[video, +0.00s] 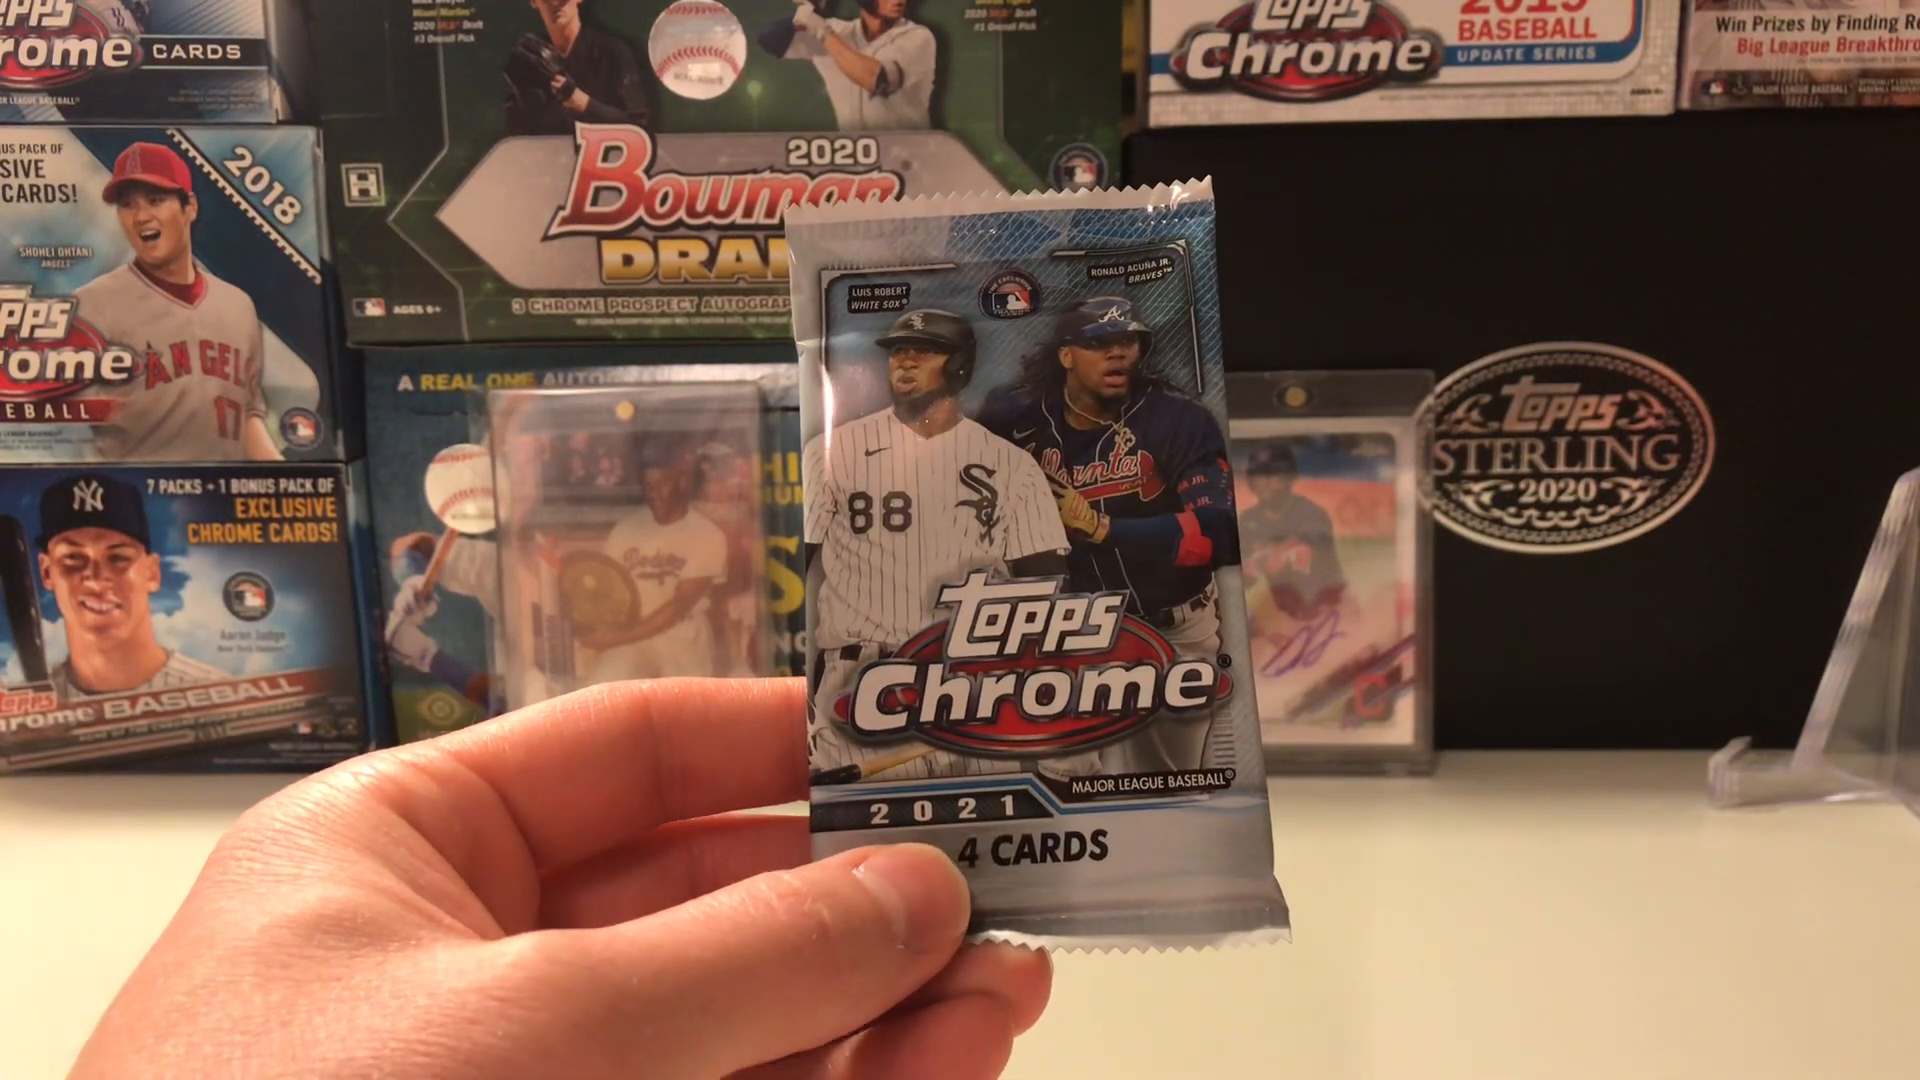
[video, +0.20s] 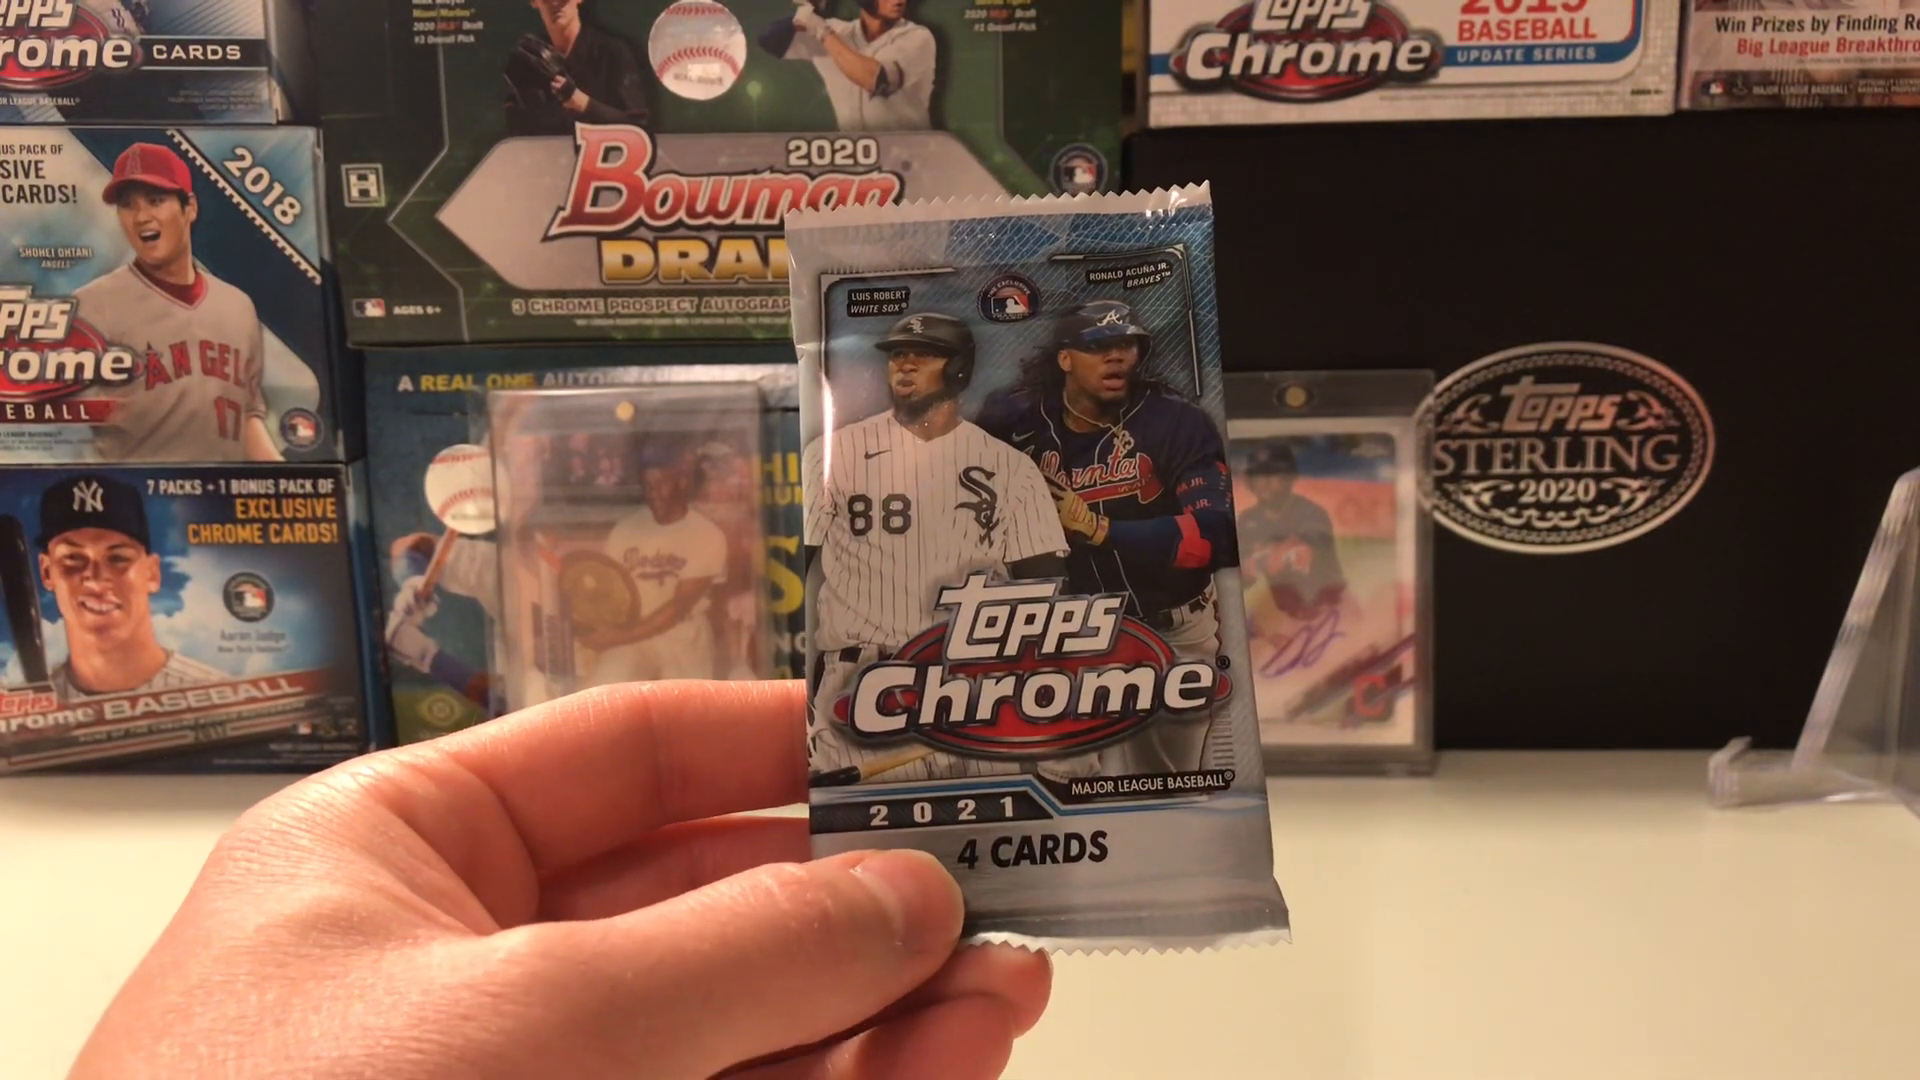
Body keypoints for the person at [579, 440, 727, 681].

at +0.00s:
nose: (653, 495)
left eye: (660, 485)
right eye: (648, 486)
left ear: (683, 483)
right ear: (642, 488)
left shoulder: (707, 536)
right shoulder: (625, 530)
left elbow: (679, 607)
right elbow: (604, 589)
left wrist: (617, 637)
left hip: (682, 645)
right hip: (625, 646)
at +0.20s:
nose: (652, 495)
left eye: (660, 485)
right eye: (647, 487)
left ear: (683, 483)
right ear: (642, 488)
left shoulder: (708, 537)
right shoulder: (624, 530)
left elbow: (679, 607)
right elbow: (605, 590)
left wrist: (617, 637)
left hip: (683, 642)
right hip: (627, 644)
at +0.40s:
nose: (652, 495)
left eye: (660, 485)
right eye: (647, 486)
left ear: (683, 483)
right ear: (642, 487)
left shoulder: (707, 536)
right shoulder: (624, 530)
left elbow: (680, 606)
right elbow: (605, 590)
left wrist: (618, 637)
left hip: (683, 641)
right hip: (626, 642)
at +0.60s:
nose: (653, 494)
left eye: (660, 485)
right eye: (648, 486)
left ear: (683, 484)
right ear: (642, 488)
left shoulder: (707, 536)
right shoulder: (624, 530)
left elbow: (680, 606)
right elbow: (605, 590)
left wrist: (618, 637)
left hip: (683, 640)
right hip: (627, 642)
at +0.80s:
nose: (653, 495)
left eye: (660, 485)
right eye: (648, 486)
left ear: (682, 484)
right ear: (642, 488)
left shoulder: (707, 536)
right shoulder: (625, 530)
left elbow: (680, 606)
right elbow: (604, 589)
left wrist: (617, 637)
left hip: (683, 640)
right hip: (627, 643)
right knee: (599, 697)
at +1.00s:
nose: (652, 495)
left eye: (660, 485)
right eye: (647, 486)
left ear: (682, 484)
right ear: (642, 488)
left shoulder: (707, 536)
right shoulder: (625, 530)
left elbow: (680, 606)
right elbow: (604, 589)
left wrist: (617, 637)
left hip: (683, 641)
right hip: (627, 643)